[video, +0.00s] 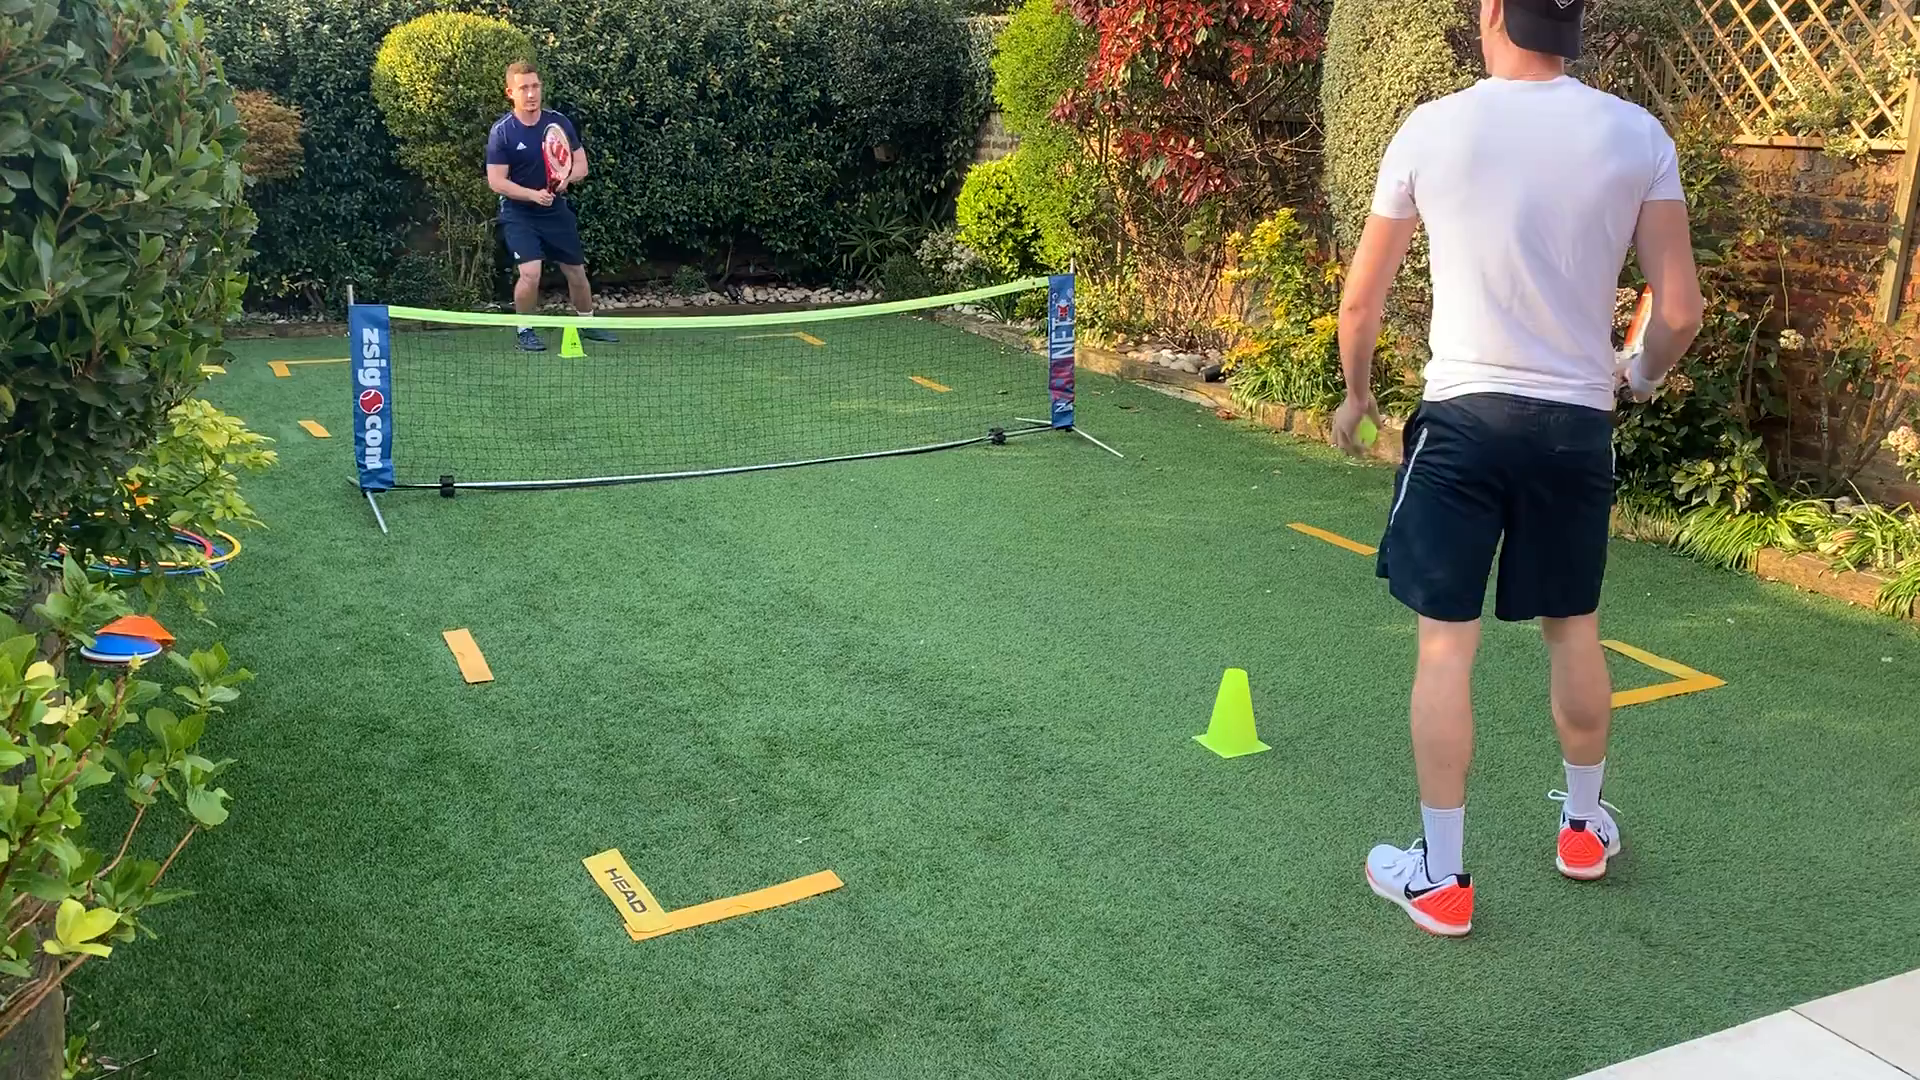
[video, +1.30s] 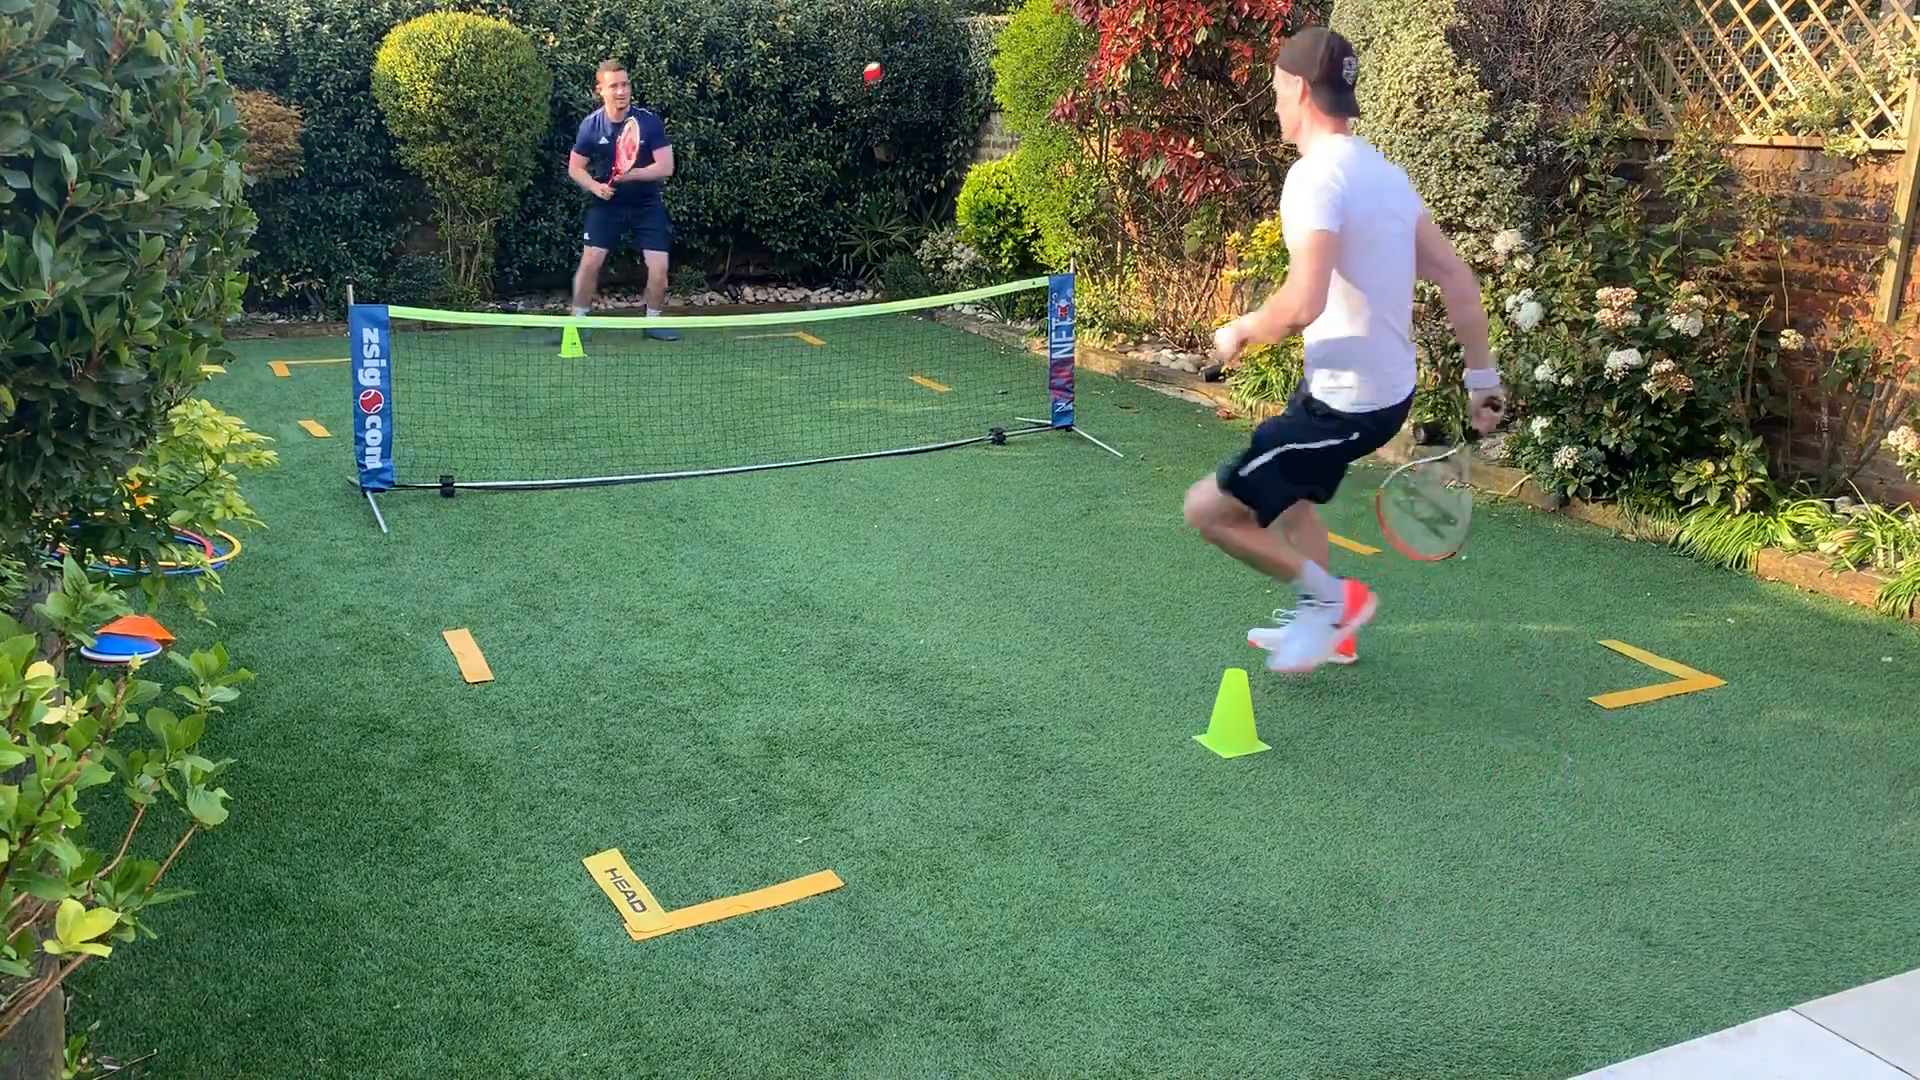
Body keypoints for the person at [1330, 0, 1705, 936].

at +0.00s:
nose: (1480, 23)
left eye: (1481, 13)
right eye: (1491, 15)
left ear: (1492, 19)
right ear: (1574, 32)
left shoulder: (1434, 126)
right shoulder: (1636, 135)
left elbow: (1362, 295)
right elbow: (1679, 311)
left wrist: (1354, 393)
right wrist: (1637, 373)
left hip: (1462, 417)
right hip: (1576, 427)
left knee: (1445, 643)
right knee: (1573, 623)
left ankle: (1442, 874)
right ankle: (1585, 823)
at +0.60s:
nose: (1551, 62)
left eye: (1554, 49)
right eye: (1562, 49)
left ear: (1564, 55)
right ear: (1640, 71)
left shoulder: (1508, 128)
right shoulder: (1672, 181)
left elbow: (1364, 211)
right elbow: (1636, 305)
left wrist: (1322, 282)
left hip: (1503, 400)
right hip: (1606, 412)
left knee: (1451, 575)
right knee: (1587, 610)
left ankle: (1487, 777)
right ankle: (1588, 824)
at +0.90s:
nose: (1441, 57)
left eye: (1444, 43)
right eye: (1445, 42)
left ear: (1462, 50)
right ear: (1521, 52)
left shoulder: (1434, 139)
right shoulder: (1570, 155)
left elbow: (1367, 242)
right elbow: (1577, 299)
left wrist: (1314, 345)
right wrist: (1506, 317)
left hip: (1459, 391)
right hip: (1550, 387)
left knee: (1461, 553)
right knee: (1546, 556)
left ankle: (1498, 701)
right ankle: (1597, 709)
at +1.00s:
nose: (1393, 80)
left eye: (1396, 66)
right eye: (1393, 66)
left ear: (1420, 64)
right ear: (1466, 64)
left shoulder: (1407, 152)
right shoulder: (1528, 158)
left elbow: (1358, 272)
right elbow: (1570, 285)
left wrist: (1325, 373)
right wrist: (1517, 336)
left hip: (1436, 395)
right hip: (1513, 386)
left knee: (1433, 545)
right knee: (1478, 515)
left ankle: (1498, 702)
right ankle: (1570, 648)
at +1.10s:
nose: (1354, 77)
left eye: (1356, 62)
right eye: (1353, 62)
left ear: (1382, 56)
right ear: (1423, 58)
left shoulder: (1376, 133)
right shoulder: (1482, 146)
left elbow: (1342, 255)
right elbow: (1554, 261)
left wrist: (1319, 332)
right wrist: (1542, 348)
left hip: (1417, 378)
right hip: (1470, 362)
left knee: (1406, 534)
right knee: (1393, 491)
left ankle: (1498, 691)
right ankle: (1461, 624)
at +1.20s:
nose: (1313, 83)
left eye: (1316, 66)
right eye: (1312, 67)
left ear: (1345, 60)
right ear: (1376, 61)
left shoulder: (1345, 135)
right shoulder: (1441, 149)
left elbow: (1327, 257)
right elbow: (1517, 251)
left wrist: (1284, 304)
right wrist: (1533, 356)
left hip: (1378, 367)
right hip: (1422, 361)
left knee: (1304, 525)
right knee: (1336, 479)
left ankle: (1448, 627)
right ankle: (1345, 623)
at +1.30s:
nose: (1276, 105)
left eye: (1279, 90)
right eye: (1277, 89)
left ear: (1301, 92)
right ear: (1339, 93)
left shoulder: (1315, 176)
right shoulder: (1387, 174)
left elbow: (1304, 299)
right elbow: (1454, 274)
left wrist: (1241, 334)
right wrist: (1481, 376)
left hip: (1343, 401)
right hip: (1381, 394)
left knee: (1209, 512)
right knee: (1280, 483)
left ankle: (1334, 599)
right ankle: (1322, 622)